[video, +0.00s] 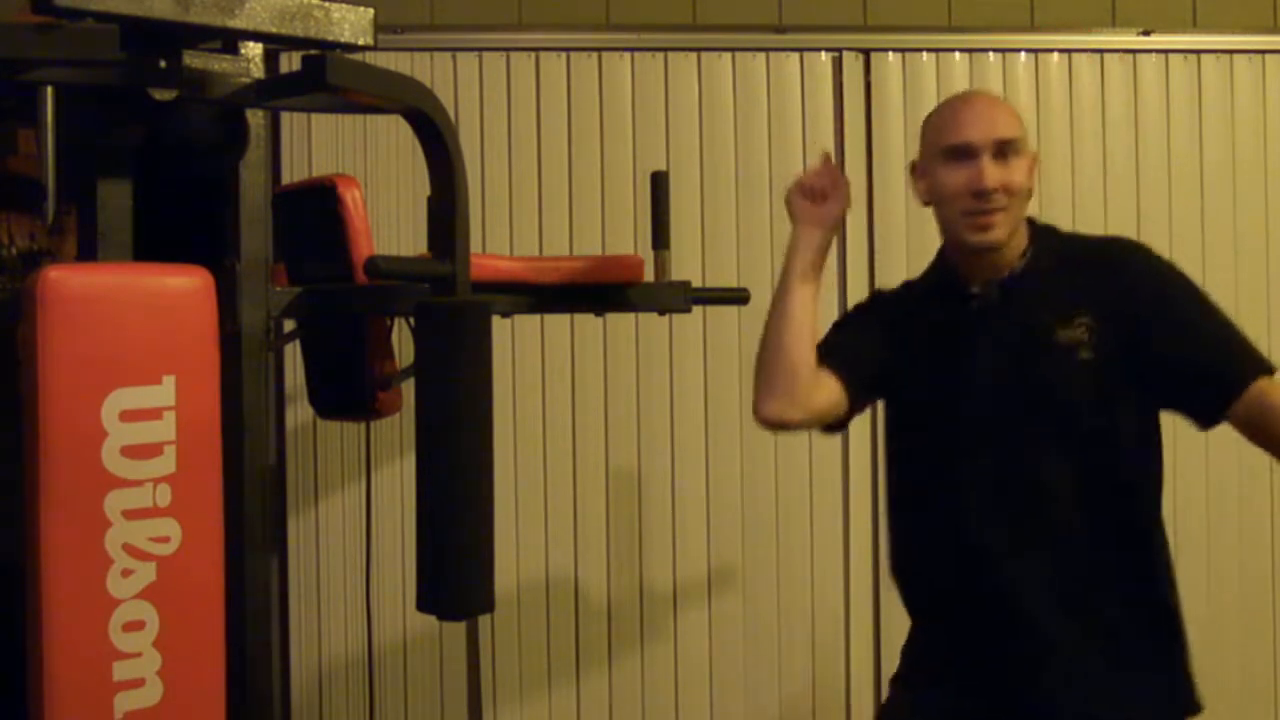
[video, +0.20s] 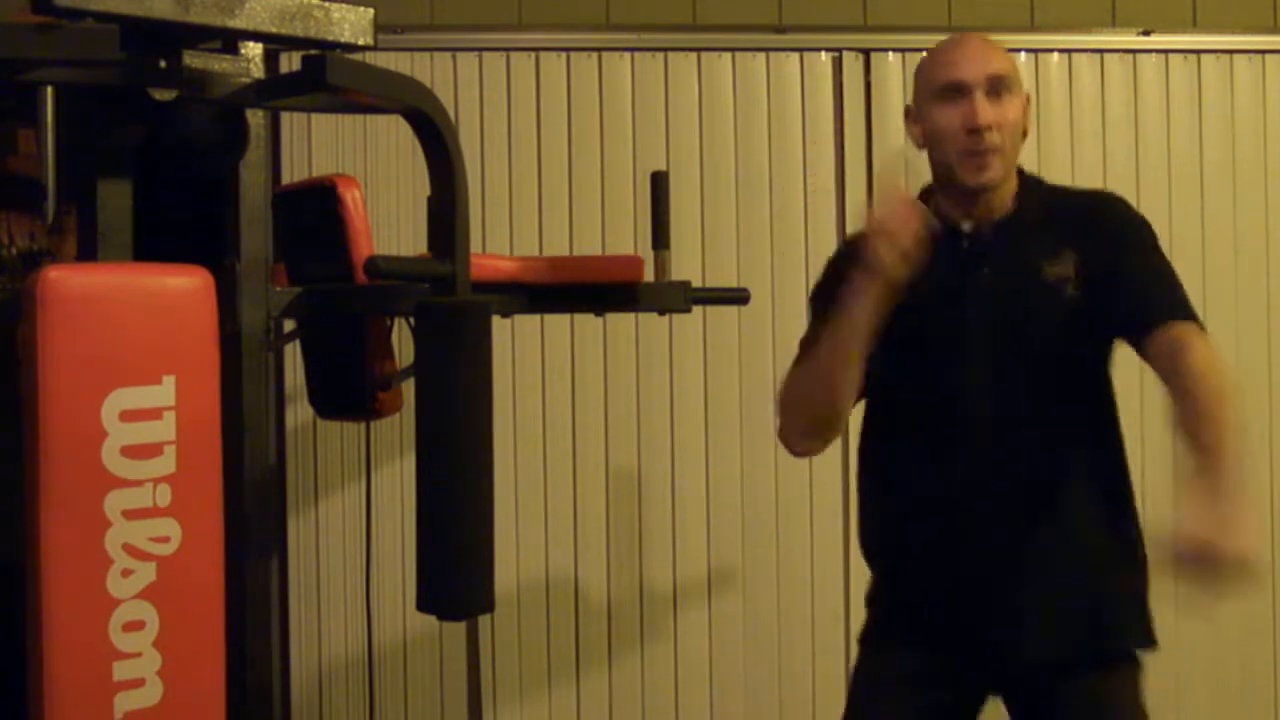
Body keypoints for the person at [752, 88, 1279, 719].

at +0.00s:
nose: (986, 178)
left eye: (1003, 155)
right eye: (959, 159)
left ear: (1031, 170)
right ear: (921, 182)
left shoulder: (1120, 280)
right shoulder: (897, 322)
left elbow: (1262, 406)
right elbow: (782, 404)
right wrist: (811, 236)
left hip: (1120, 673)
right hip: (955, 678)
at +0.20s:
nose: (979, 116)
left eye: (997, 92)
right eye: (953, 96)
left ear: (1025, 111)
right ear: (916, 126)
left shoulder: (1094, 229)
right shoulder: (871, 260)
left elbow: (1187, 358)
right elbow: (801, 432)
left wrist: (1215, 503)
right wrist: (874, 279)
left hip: (1072, 607)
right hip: (921, 613)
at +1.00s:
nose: (1049, 168)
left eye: (1075, 142)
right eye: (1029, 148)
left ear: (1128, 162)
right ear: (1011, 170)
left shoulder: (1218, 289)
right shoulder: (968, 302)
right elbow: (907, 409)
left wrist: (1259, 553)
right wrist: (938, 446)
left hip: (1170, 660)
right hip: (1010, 655)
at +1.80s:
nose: (996, 138)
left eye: (1017, 113)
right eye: (975, 120)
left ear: (1068, 127)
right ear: (956, 141)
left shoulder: (1151, 262)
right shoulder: (918, 285)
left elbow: (1233, 405)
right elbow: (834, 449)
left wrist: (1233, 469)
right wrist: (810, 412)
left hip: (1121, 629)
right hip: (966, 632)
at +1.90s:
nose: (1019, 140)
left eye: (1038, 115)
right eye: (994, 122)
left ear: (1079, 132)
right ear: (965, 149)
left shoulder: (1154, 274)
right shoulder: (915, 293)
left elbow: (1193, 462)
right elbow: (875, 458)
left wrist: (1200, 643)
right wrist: (872, 604)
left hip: (1120, 636)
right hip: (964, 635)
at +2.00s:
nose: (1024, 144)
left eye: (1040, 120)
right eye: (995, 126)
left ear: (1066, 138)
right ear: (955, 156)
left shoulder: (1136, 281)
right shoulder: (900, 297)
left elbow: (1164, 473)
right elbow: (863, 469)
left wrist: (1172, 655)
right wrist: (878, 628)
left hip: (1097, 648)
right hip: (947, 657)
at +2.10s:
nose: (991, 130)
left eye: (1008, 108)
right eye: (962, 114)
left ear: (1036, 130)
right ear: (927, 148)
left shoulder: (1107, 273)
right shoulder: (876, 283)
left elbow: (1150, 463)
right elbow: (801, 459)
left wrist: (1163, 643)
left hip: (1057, 634)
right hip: (902, 640)